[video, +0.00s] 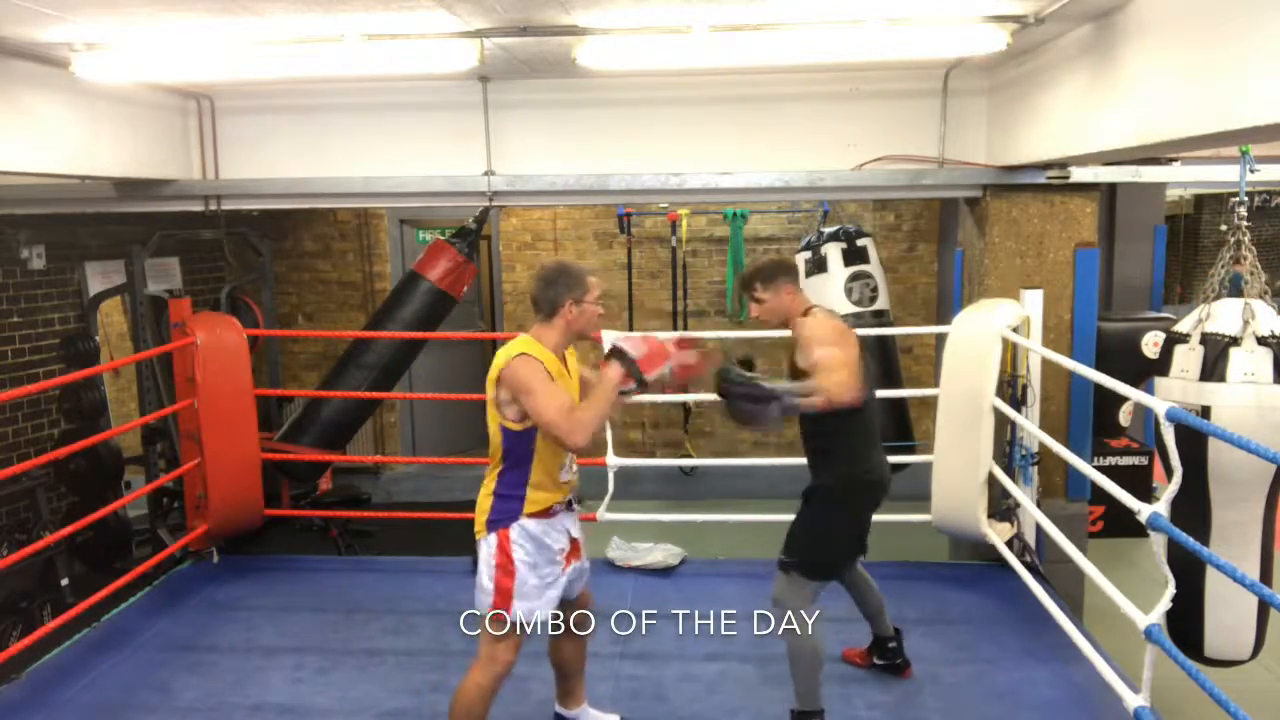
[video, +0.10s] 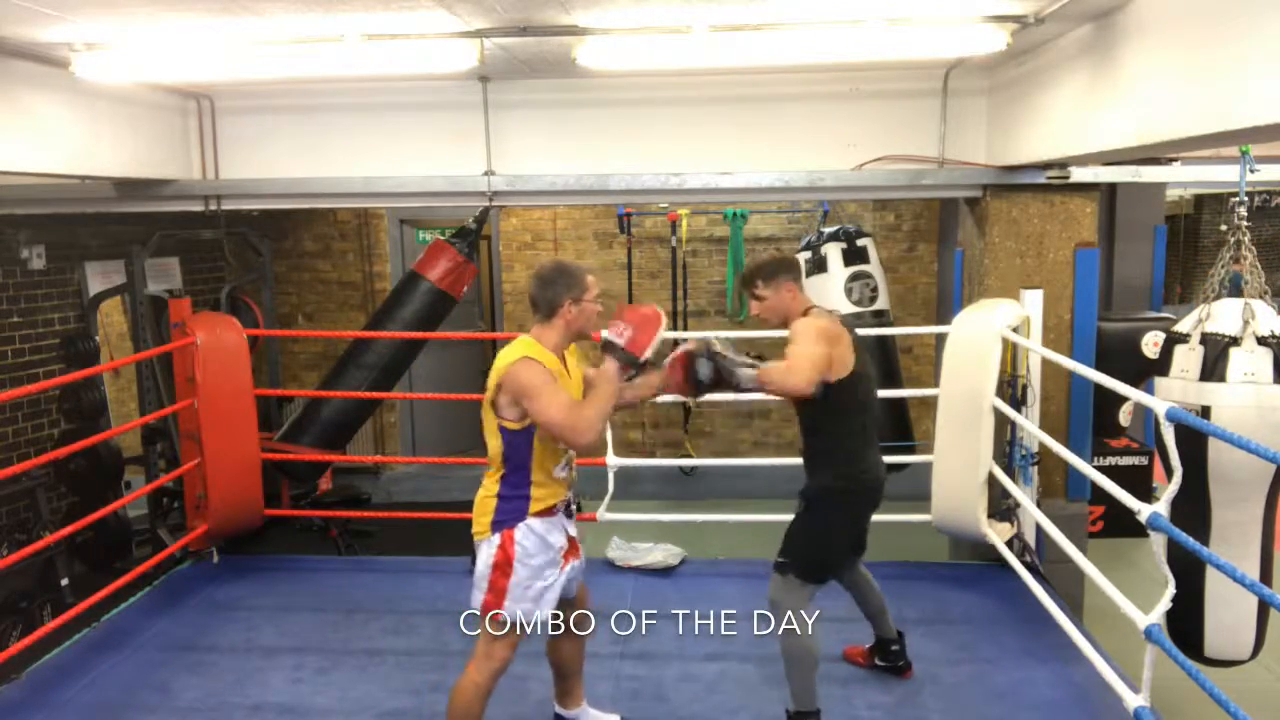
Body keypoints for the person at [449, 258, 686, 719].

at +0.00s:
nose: (602, 310)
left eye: (601, 300)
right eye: (596, 300)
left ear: (564, 308)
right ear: (568, 308)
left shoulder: (562, 356)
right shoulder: (521, 363)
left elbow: (594, 399)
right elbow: (575, 432)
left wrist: (634, 377)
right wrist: (616, 370)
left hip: (557, 515)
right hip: (514, 525)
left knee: (576, 614)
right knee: (496, 657)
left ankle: (572, 707)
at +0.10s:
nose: (601, 309)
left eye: (600, 299)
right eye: (595, 300)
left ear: (564, 309)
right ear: (567, 309)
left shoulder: (568, 354)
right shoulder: (523, 366)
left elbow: (606, 396)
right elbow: (580, 430)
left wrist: (661, 379)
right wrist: (611, 369)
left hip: (553, 516)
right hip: (513, 526)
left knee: (573, 615)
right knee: (494, 653)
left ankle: (571, 707)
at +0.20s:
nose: (603, 308)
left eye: (602, 299)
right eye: (597, 300)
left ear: (561, 307)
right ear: (571, 308)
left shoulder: (537, 350)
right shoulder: (545, 366)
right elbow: (618, 429)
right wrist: (649, 358)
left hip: (554, 514)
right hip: (522, 523)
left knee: (575, 608)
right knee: (493, 652)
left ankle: (571, 707)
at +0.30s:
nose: (604, 306)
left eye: (602, 297)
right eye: (598, 298)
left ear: (566, 306)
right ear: (572, 306)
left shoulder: (565, 345)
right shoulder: (535, 368)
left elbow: (635, 342)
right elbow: (586, 449)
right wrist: (637, 396)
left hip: (562, 511)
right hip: (525, 520)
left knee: (576, 606)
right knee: (502, 649)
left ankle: (571, 706)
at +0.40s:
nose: (596, 306)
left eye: (593, 298)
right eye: (589, 299)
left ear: (562, 308)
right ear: (563, 310)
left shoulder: (569, 340)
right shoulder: (520, 372)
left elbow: (632, 306)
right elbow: (550, 455)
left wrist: (695, 278)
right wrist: (608, 416)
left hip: (561, 507)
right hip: (521, 520)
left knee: (578, 603)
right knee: (510, 651)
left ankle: (573, 706)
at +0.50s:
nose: (588, 313)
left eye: (586, 305)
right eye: (583, 306)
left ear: (555, 314)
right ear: (557, 315)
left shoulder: (566, 347)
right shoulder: (507, 375)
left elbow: (620, 322)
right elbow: (547, 451)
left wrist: (669, 313)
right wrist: (597, 387)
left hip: (555, 514)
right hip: (513, 527)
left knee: (580, 606)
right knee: (504, 657)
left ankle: (575, 706)